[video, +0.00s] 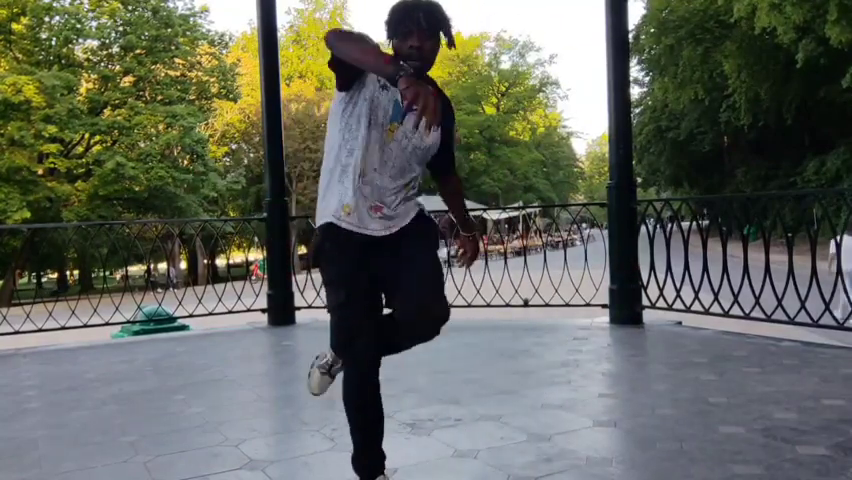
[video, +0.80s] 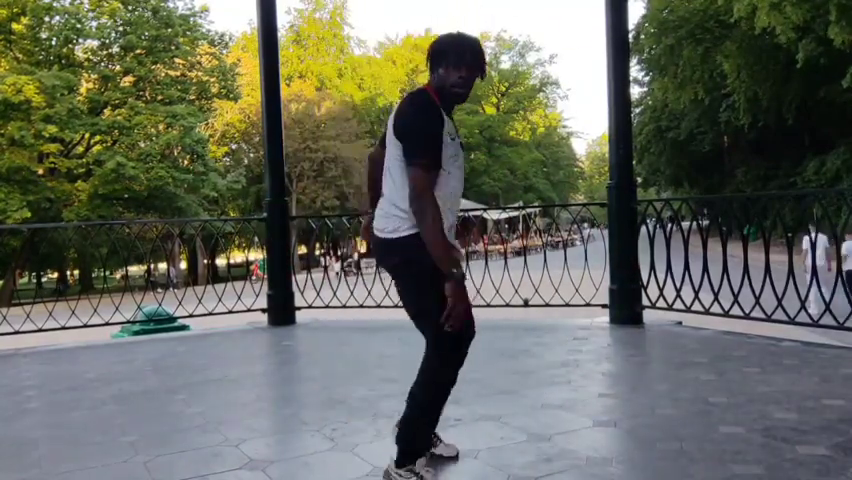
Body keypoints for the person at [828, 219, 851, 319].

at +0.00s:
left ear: (839, 230)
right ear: (847, 230)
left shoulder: (836, 240)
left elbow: (832, 255)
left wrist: (829, 267)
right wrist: (830, 266)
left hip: (843, 269)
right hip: (849, 268)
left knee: (845, 291)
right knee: (845, 291)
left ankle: (841, 313)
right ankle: (842, 313)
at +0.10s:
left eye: (835, 229)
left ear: (835, 229)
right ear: (843, 229)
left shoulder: (831, 240)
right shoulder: (849, 240)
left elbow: (829, 255)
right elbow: (850, 253)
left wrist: (826, 267)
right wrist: (849, 265)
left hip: (836, 267)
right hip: (847, 267)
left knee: (839, 290)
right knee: (842, 290)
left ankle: (848, 309)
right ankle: (839, 313)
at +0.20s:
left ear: (833, 229)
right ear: (842, 229)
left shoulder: (828, 239)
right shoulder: (847, 239)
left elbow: (826, 254)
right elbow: (849, 252)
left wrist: (823, 266)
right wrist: (849, 262)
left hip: (833, 266)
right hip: (845, 266)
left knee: (832, 289)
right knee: (842, 289)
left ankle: (842, 306)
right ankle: (839, 313)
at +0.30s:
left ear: (829, 227)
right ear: (838, 227)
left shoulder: (825, 237)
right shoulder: (844, 237)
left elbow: (823, 251)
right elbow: (847, 251)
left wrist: (820, 262)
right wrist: (847, 263)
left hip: (829, 265)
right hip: (841, 265)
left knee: (827, 287)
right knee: (839, 288)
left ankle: (832, 308)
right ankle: (841, 312)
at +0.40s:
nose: (825, 227)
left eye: (825, 226)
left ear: (826, 226)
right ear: (835, 227)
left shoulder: (823, 238)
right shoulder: (840, 237)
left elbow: (820, 252)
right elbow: (843, 249)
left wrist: (817, 264)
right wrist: (840, 262)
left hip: (826, 265)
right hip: (837, 265)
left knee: (823, 287)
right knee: (839, 288)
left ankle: (821, 309)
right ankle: (839, 313)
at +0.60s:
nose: (813, 232)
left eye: (814, 230)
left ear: (816, 230)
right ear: (824, 229)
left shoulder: (815, 239)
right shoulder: (831, 239)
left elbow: (813, 253)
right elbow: (835, 252)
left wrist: (813, 264)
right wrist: (835, 261)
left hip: (819, 266)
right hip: (830, 265)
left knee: (815, 287)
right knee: (832, 288)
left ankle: (814, 308)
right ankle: (837, 310)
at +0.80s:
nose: (811, 228)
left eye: (811, 227)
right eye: (812, 227)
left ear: (809, 228)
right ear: (817, 228)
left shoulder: (806, 238)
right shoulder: (824, 237)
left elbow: (805, 252)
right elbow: (828, 252)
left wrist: (803, 264)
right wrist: (829, 264)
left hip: (810, 265)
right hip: (821, 264)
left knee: (811, 286)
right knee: (822, 284)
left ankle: (813, 308)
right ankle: (828, 301)